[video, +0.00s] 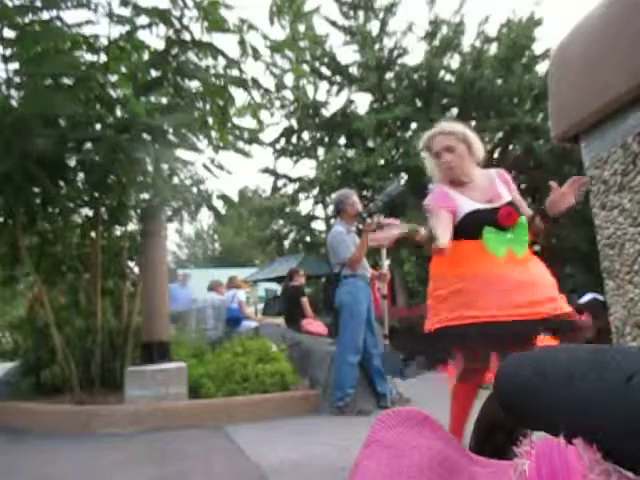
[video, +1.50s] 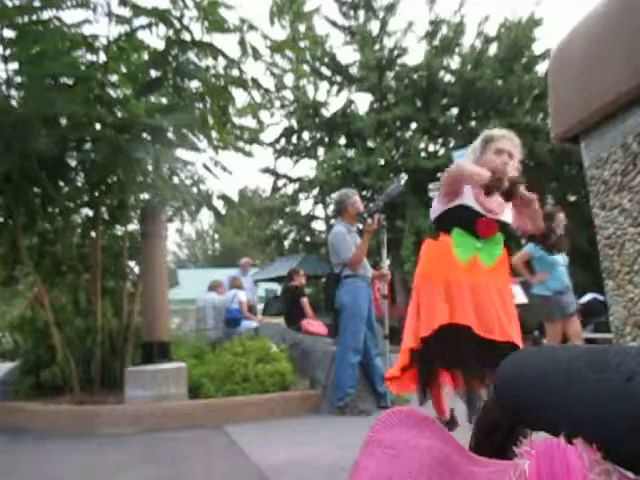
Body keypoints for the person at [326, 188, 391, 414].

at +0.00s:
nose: (360, 206)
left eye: (359, 202)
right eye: (356, 203)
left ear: (350, 207)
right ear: (345, 208)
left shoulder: (352, 233)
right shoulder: (337, 234)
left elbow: (357, 264)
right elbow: (353, 262)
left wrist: (374, 274)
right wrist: (365, 235)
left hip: (363, 284)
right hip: (350, 284)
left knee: (370, 343)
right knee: (351, 343)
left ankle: (385, 393)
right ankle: (343, 398)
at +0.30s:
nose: (361, 207)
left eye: (360, 203)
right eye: (357, 203)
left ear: (350, 207)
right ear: (347, 207)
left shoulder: (352, 233)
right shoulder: (338, 233)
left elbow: (358, 264)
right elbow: (353, 262)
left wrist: (374, 274)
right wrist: (367, 236)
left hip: (363, 283)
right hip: (350, 283)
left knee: (369, 342)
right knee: (351, 342)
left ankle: (384, 390)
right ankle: (344, 397)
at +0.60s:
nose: (361, 207)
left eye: (359, 203)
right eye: (356, 203)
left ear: (351, 207)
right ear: (346, 207)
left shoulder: (352, 233)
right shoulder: (338, 233)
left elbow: (358, 264)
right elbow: (353, 262)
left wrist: (374, 274)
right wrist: (367, 236)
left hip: (363, 284)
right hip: (350, 284)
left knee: (369, 342)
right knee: (351, 343)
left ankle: (385, 392)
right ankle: (343, 397)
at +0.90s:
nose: (361, 206)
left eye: (360, 202)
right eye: (356, 202)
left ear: (351, 207)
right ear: (346, 207)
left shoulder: (352, 232)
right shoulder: (338, 233)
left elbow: (358, 266)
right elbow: (353, 262)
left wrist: (375, 274)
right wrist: (367, 235)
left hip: (363, 285)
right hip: (351, 285)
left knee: (370, 344)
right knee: (351, 344)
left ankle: (386, 392)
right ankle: (344, 398)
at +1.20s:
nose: (361, 207)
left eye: (360, 203)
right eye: (357, 203)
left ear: (351, 207)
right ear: (347, 207)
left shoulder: (353, 232)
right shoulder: (338, 233)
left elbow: (358, 264)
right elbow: (353, 263)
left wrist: (374, 274)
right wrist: (367, 235)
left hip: (363, 283)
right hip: (351, 284)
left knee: (370, 341)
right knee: (351, 342)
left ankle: (384, 388)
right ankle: (344, 397)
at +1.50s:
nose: (361, 207)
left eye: (360, 203)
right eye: (357, 203)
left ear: (353, 207)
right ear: (346, 207)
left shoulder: (353, 232)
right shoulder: (338, 233)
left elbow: (358, 264)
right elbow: (353, 263)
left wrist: (375, 274)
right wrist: (367, 235)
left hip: (364, 284)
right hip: (351, 284)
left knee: (370, 342)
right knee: (351, 343)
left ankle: (383, 393)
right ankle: (344, 398)